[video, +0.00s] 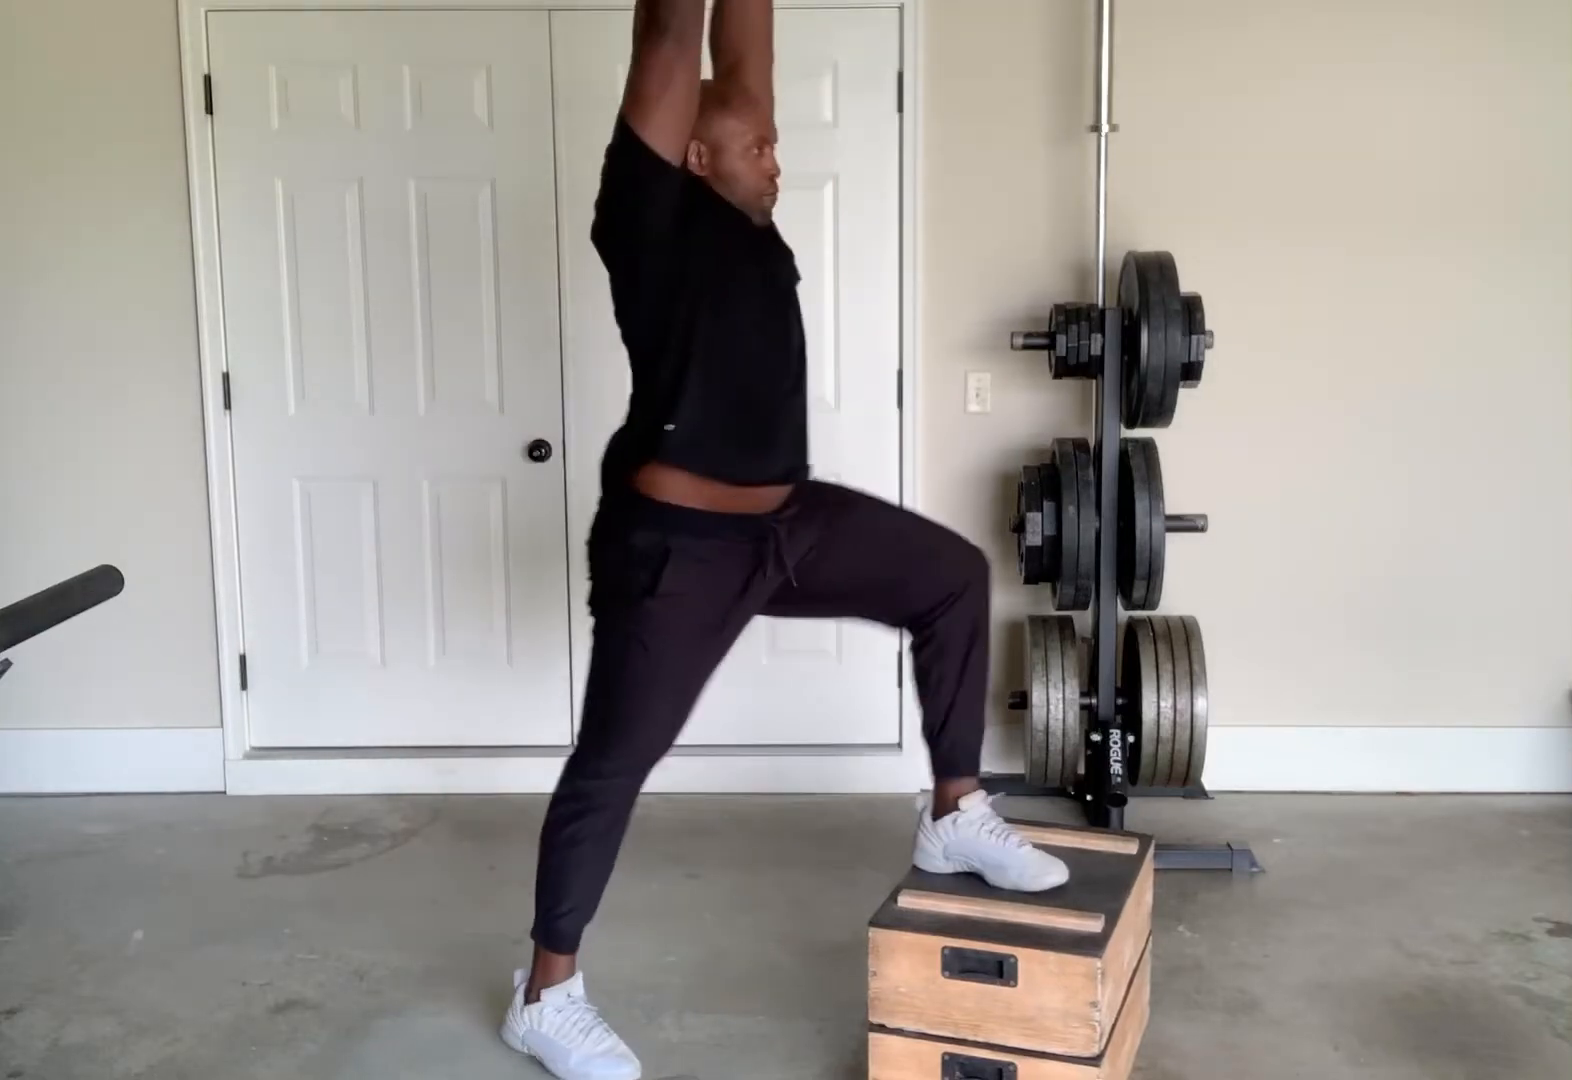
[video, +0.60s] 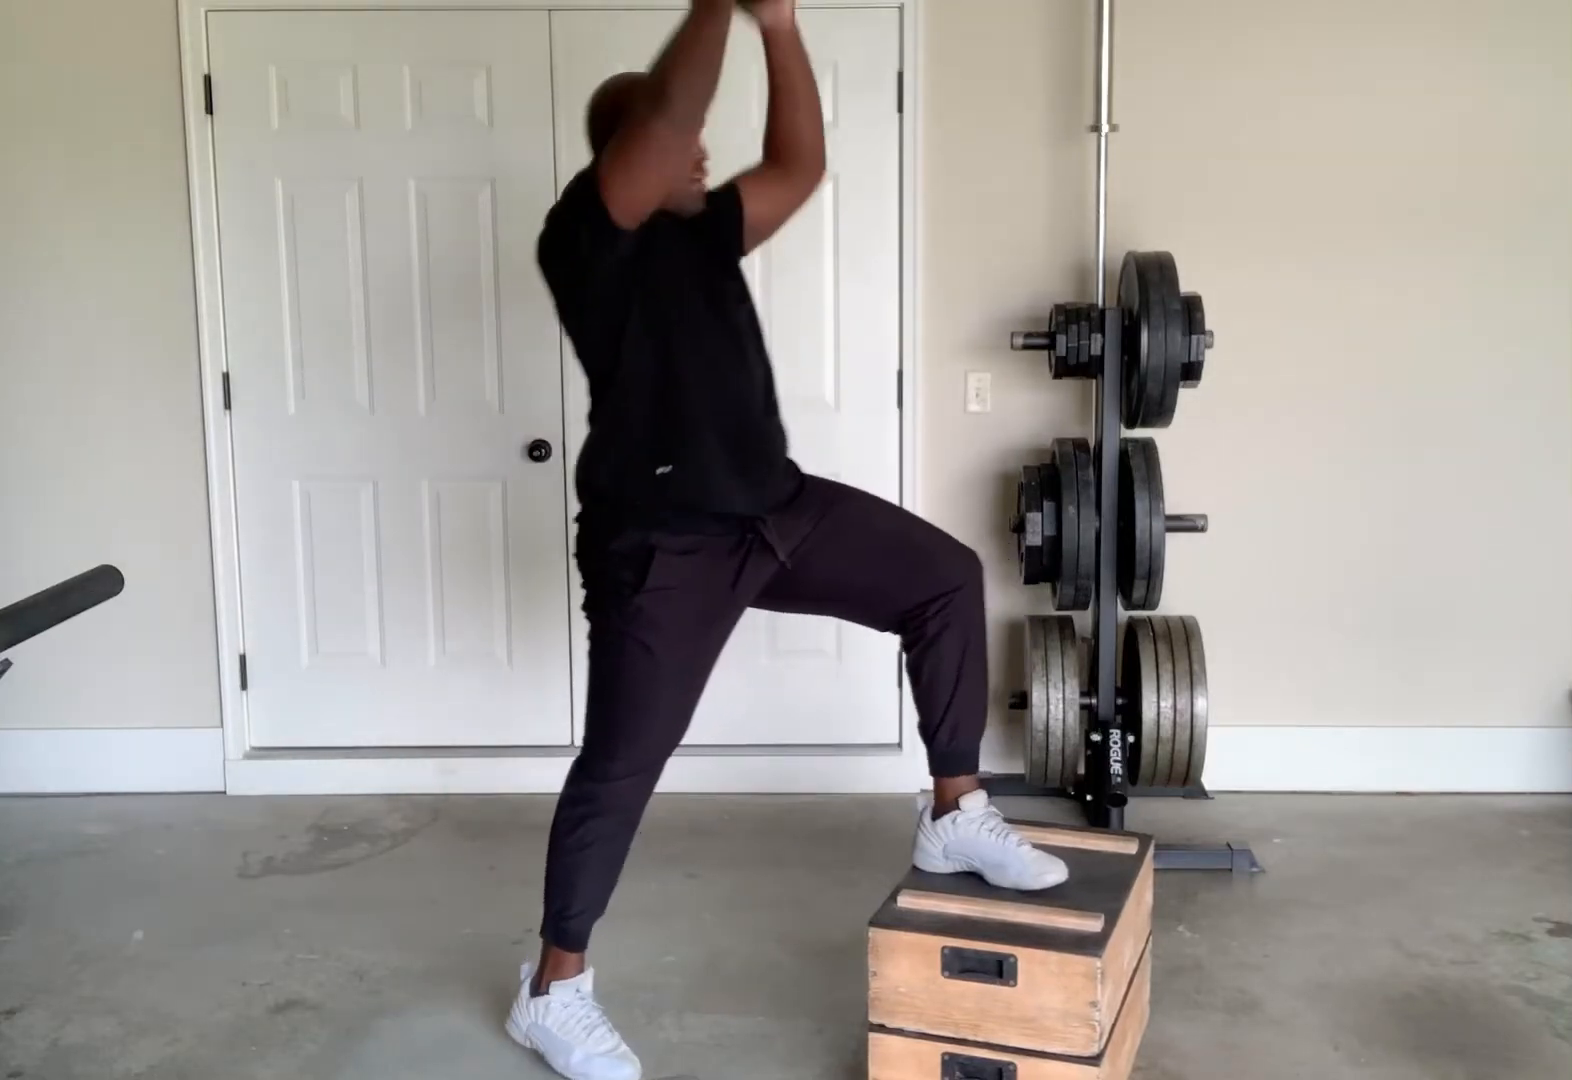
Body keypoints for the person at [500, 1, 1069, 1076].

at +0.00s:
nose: (774, 158)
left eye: (772, 140)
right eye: (754, 141)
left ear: (752, 150)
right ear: (697, 147)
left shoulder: (749, 227)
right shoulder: (646, 212)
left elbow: (747, 72)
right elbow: (665, 35)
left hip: (789, 515)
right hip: (673, 537)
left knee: (953, 577)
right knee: (611, 766)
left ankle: (957, 814)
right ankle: (548, 991)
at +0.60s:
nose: (682, 152)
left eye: (681, 136)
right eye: (661, 132)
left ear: (683, 146)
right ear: (618, 143)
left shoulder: (706, 227)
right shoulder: (579, 242)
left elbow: (797, 166)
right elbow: (670, 117)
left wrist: (779, 24)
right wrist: (714, 1)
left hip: (775, 508)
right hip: (660, 539)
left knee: (946, 580)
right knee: (621, 764)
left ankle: (956, 812)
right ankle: (557, 985)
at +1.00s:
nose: (599, 183)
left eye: (599, 165)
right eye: (581, 165)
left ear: (553, 172)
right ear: (517, 171)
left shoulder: (587, 268)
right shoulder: (473, 299)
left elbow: (604, 403)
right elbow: (497, 467)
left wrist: (691, 410)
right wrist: (658, 420)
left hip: (672, 524)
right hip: (574, 574)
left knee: (839, 595)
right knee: (568, 776)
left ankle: (761, 795)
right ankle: (541, 994)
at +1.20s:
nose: (601, 194)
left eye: (604, 177)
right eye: (584, 177)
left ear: (583, 179)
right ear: (521, 173)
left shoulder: (598, 279)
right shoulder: (472, 298)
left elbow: (629, 406)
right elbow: (486, 467)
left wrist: (698, 469)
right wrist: (649, 492)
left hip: (656, 555)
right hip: (559, 572)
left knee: (697, 731)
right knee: (562, 767)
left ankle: (642, 896)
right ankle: (539, 992)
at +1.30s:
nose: (611, 196)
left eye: (615, 179)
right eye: (595, 178)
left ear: (604, 181)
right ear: (534, 175)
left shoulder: (612, 283)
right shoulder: (484, 297)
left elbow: (640, 417)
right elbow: (487, 466)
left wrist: (701, 493)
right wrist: (642, 509)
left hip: (647, 555)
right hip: (564, 569)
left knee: (644, 737)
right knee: (566, 767)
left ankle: (626, 913)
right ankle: (539, 992)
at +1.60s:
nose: (649, 207)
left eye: (654, 189)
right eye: (638, 186)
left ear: (603, 177)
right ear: (580, 172)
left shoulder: (627, 285)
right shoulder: (512, 286)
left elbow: (645, 419)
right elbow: (498, 448)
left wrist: (691, 525)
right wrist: (630, 534)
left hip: (628, 556)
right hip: (546, 562)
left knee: (634, 733)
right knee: (550, 759)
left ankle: (623, 914)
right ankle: (522, 990)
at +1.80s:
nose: (642, 212)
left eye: (649, 195)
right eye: (632, 191)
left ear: (599, 180)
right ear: (574, 175)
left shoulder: (620, 285)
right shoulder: (506, 286)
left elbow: (637, 418)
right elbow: (494, 451)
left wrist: (685, 520)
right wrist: (624, 542)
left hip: (625, 557)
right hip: (543, 563)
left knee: (636, 737)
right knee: (546, 763)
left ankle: (624, 912)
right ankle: (521, 993)